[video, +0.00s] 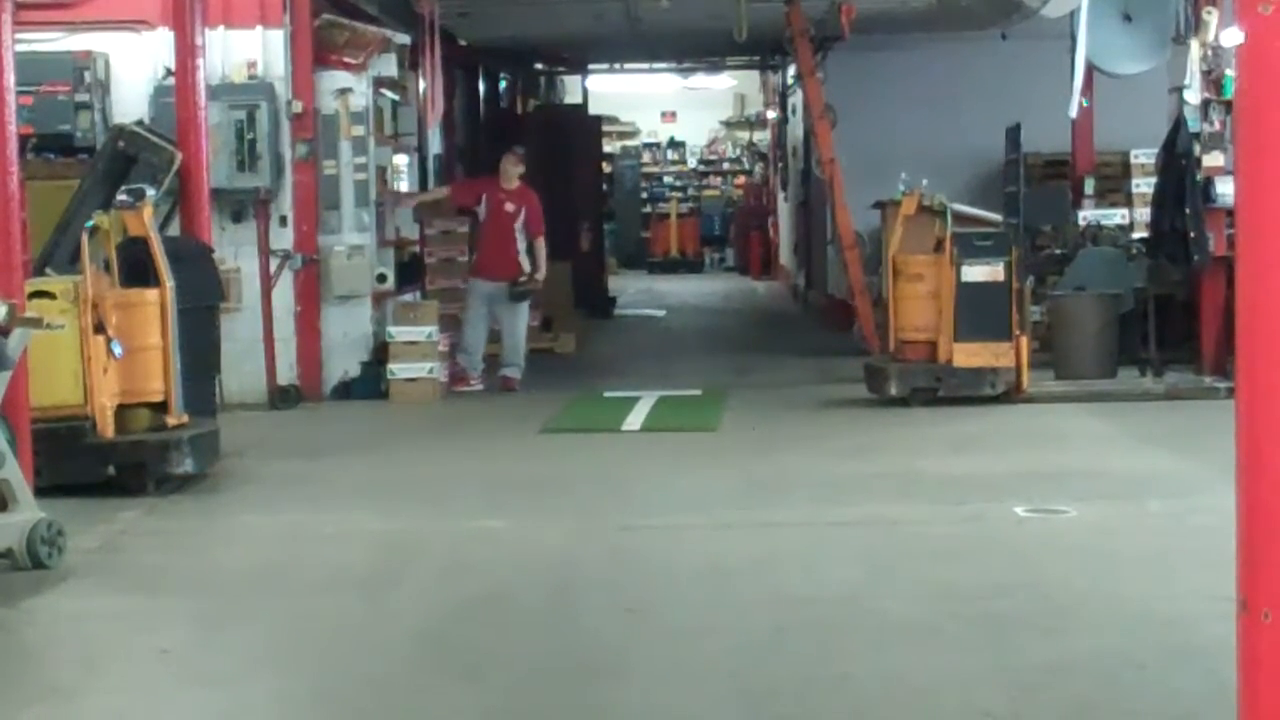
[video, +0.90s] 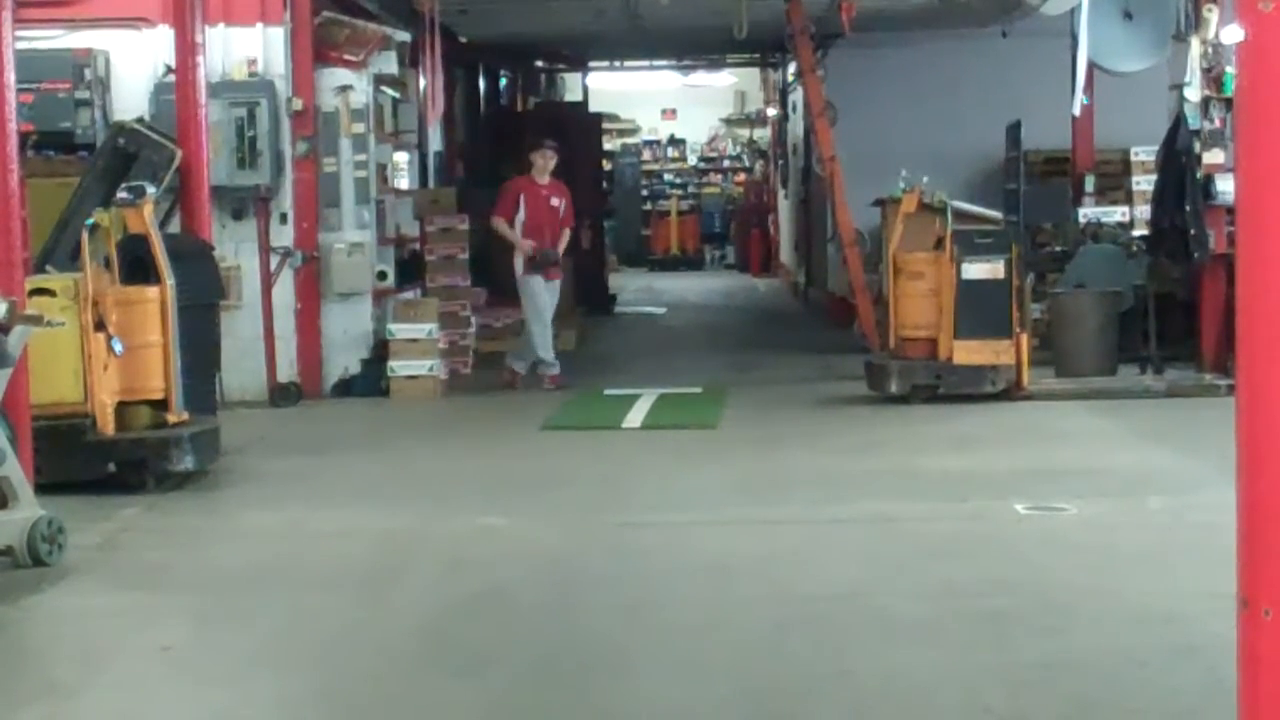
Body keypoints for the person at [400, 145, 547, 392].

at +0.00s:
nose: (509, 166)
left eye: (515, 163)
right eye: (507, 161)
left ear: (522, 168)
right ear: (500, 162)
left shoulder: (528, 198)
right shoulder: (484, 187)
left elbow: (538, 237)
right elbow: (449, 191)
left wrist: (540, 271)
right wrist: (415, 198)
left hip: (514, 278)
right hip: (482, 275)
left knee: (515, 330)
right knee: (473, 326)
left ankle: (511, 373)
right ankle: (471, 373)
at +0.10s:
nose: (515, 166)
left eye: (521, 163)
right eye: (513, 161)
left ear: (528, 169)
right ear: (506, 162)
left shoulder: (533, 198)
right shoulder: (488, 187)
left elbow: (542, 237)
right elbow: (455, 195)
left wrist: (546, 270)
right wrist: (430, 213)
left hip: (515, 276)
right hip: (483, 273)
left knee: (515, 329)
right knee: (475, 324)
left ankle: (511, 373)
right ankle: (471, 372)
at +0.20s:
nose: (521, 164)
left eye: (527, 162)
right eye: (519, 159)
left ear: (533, 168)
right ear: (512, 161)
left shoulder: (537, 198)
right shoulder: (491, 186)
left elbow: (545, 238)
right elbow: (460, 205)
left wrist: (548, 272)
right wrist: (447, 233)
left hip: (519, 274)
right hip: (486, 270)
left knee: (517, 327)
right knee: (477, 322)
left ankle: (512, 372)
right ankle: (474, 370)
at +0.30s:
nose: (526, 164)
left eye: (532, 161)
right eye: (523, 158)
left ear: (537, 167)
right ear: (514, 160)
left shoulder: (539, 197)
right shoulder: (493, 187)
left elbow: (546, 237)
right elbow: (473, 216)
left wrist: (550, 272)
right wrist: (466, 243)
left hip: (522, 272)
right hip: (489, 268)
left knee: (520, 325)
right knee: (484, 320)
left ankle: (513, 371)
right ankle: (481, 368)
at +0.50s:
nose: (529, 164)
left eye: (534, 160)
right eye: (526, 157)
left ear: (540, 165)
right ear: (517, 159)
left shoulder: (544, 197)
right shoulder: (497, 187)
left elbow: (550, 237)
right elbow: (484, 219)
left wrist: (553, 271)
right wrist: (484, 250)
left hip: (528, 266)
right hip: (499, 262)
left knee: (524, 320)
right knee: (502, 312)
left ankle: (519, 368)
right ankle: (506, 364)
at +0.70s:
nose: (535, 163)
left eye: (540, 159)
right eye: (531, 158)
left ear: (547, 163)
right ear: (523, 160)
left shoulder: (552, 196)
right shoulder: (506, 188)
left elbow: (554, 236)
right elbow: (483, 216)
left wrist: (553, 267)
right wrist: (489, 247)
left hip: (539, 268)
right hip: (511, 266)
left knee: (531, 318)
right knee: (521, 315)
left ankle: (513, 368)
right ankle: (540, 363)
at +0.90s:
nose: (546, 161)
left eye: (550, 157)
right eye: (541, 156)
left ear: (556, 161)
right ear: (532, 158)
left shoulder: (561, 191)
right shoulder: (517, 186)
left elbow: (567, 226)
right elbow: (498, 220)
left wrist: (558, 252)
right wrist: (519, 242)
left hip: (552, 257)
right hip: (528, 257)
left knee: (544, 315)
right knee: (538, 313)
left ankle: (516, 364)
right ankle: (549, 368)